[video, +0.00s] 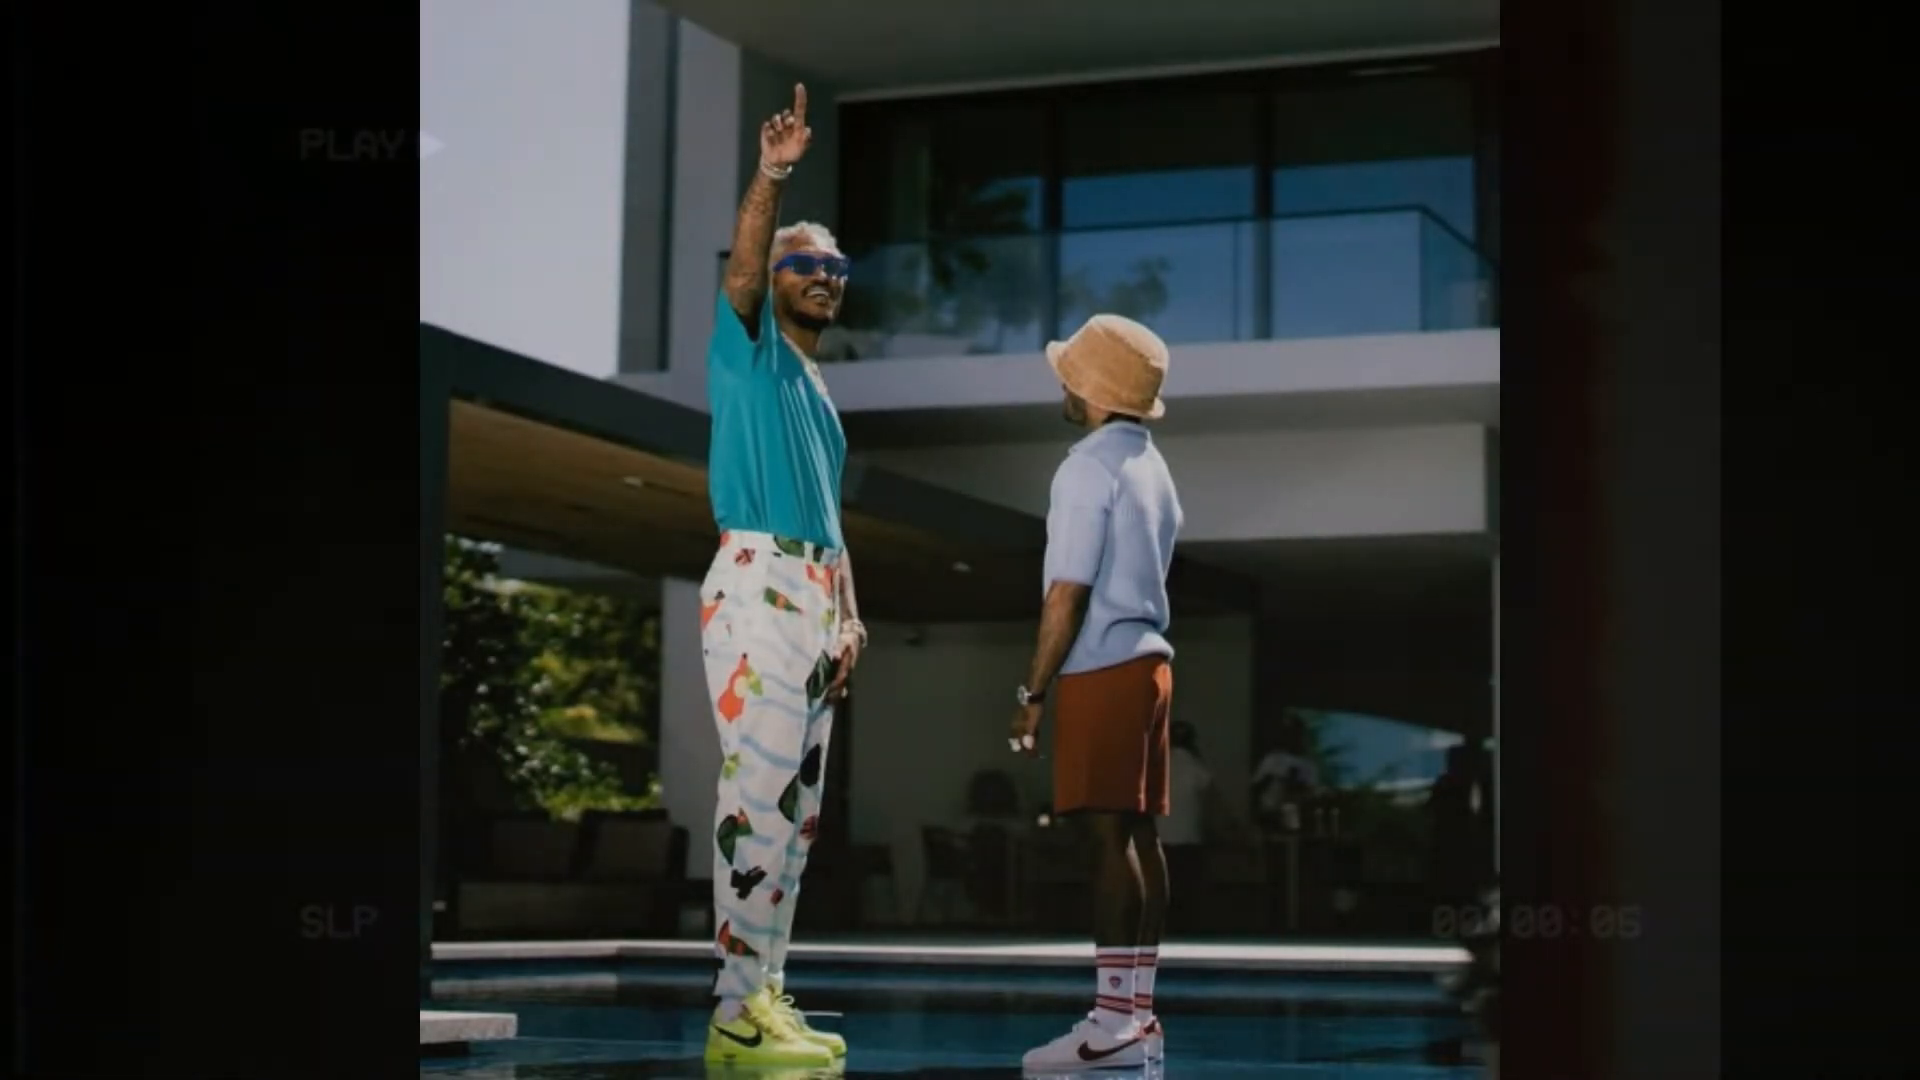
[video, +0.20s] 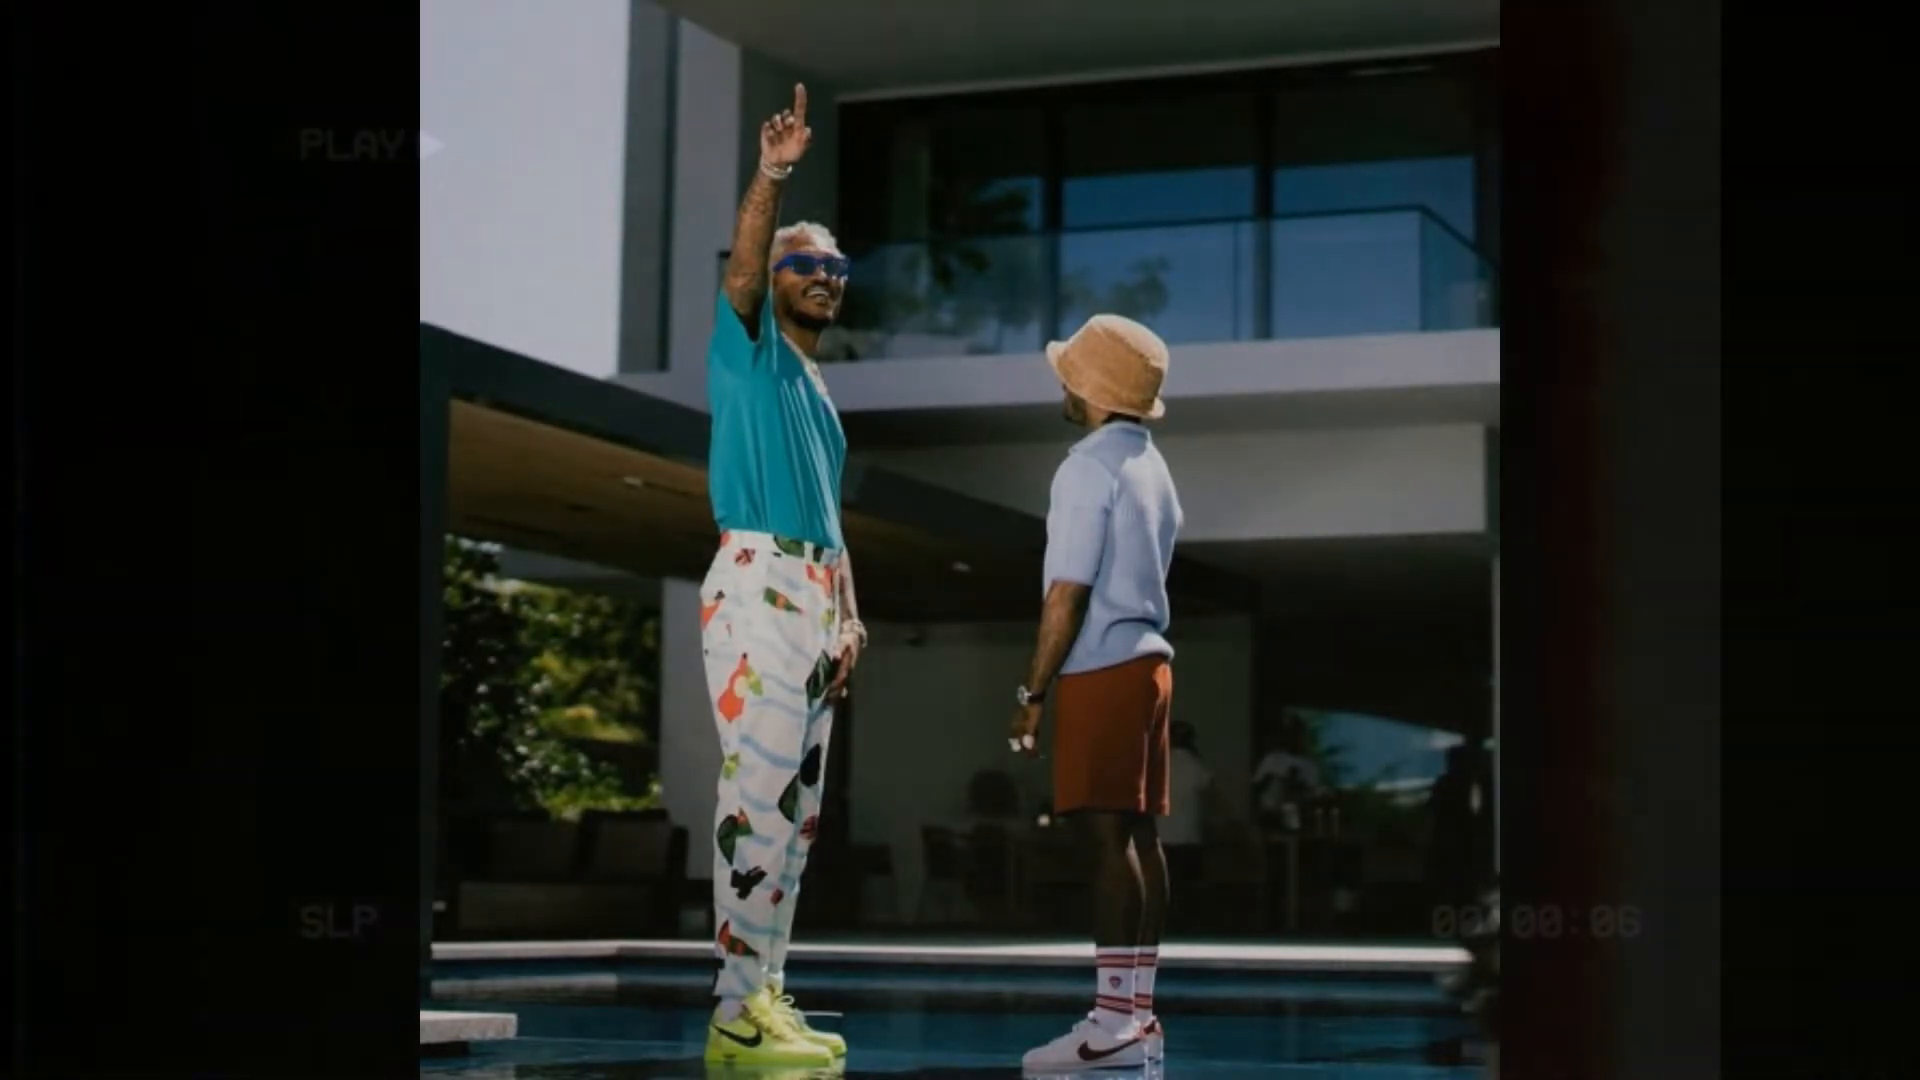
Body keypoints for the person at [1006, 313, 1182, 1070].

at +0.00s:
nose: (1064, 389)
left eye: (1072, 379)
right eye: (1069, 377)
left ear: (1091, 392)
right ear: (1131, 394)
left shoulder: (1088, 468)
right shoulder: (1148, 463)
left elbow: (1067, 595)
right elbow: (1146, 578)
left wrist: (1031, 691)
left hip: (1104, 670)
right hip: (1146, 666)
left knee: (1108, 838)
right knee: (1141, 838)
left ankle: (1115, 1014)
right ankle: (1135, 1011)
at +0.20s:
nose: (1064, 388)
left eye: (1072, 379)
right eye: (1069, 377)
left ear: (1091, 391)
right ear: (1131, 394)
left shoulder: (1088, 468)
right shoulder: (1148, 463)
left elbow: (1066, 596)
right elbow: (1148, 576)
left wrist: (1031, 692)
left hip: (1104, 669)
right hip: (1146, 666)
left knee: (1107, 838)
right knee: (1140, 837)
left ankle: (1116, 1014)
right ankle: (1135, 1011)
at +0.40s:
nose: (1064, 388)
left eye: (1072, 378)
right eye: (1069, 377)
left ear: (1091, 391)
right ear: (1131, 394)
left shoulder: (1088, 468)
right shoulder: (1148, 463)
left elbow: (1067, 596)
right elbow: (1147, 577)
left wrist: (1031, 691)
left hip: (1104, 670)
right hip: (1146, 666)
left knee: (1107, 837)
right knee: (1139, 837)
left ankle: (1116, 1014)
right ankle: (1135, 1011)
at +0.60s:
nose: (1064, 388)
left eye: (1072, 378)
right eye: (1069, 376)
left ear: (1091, 391)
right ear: (1131, 394)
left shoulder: (1088, 468)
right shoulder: (1148, 463)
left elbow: (1067, 595)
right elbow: (1147, 577)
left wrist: (1031, 691)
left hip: (1104, 670)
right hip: (1146, 666)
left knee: (1108, 837)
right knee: (1139, 837)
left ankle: (1116, 1014)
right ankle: (1135, 1011)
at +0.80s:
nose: (1064, 388)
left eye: (1072, 379)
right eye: (1069, 377)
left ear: (1091, 391)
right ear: (1131, 394)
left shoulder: (1088, 468)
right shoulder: (1148, 463)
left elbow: (1067, 595)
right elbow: (1147, 577)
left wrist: (1031, 691)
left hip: (1104, 670)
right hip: (1146, 666)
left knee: (1108, 838)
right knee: (1139, 837)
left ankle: (1116, 1014)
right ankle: (1134, 1011)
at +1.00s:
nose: (1064, 388)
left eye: (1072, 379)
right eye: (1069, 377)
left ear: (1091, 391)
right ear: (1131, 394)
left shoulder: (1088, 468)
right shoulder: (1148, 463)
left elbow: (1067, 595)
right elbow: (1147, 577)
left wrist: (1031, 691)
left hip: (1104, 670)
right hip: (1147, 666)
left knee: (1107, 837)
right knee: (1139, 837)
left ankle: (1116, 1014)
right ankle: (1134, 1011)